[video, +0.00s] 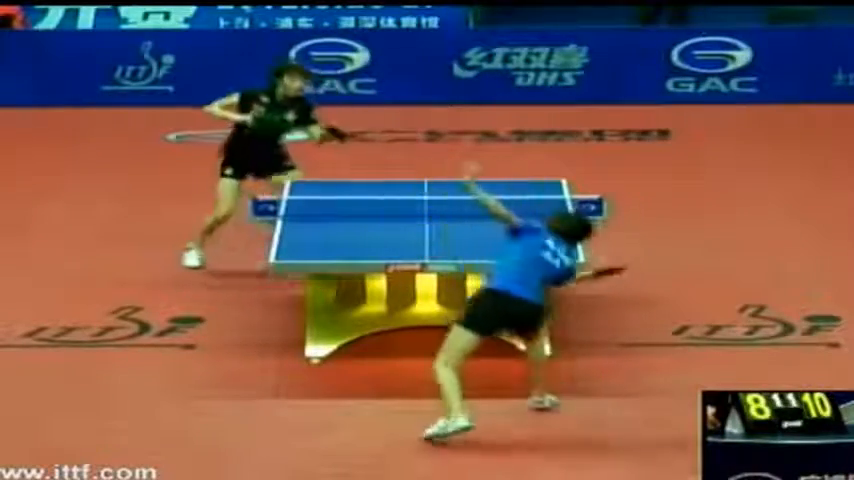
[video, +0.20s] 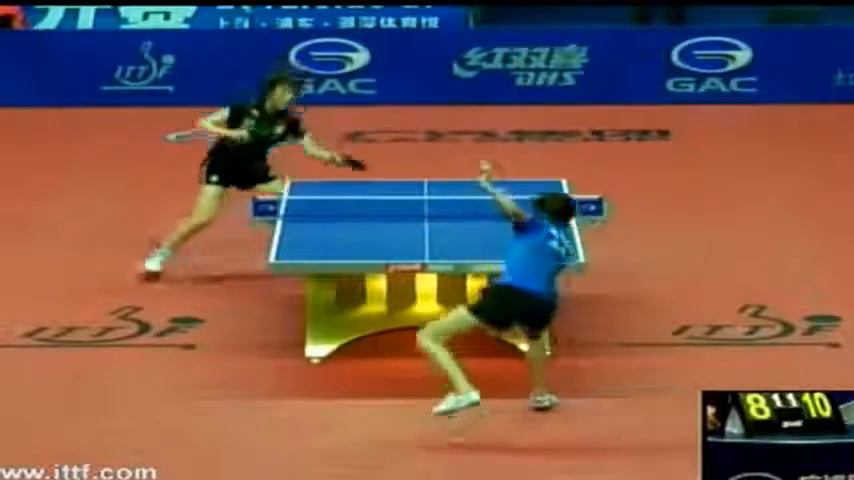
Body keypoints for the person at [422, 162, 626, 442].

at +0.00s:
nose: (553, 217)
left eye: (557, 216)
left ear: (555, 222)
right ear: (574, 238)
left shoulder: (531, 229)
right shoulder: (565, 261)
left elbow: (498, 211)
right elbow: (561, 281)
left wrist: (472, 186)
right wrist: (593, 275)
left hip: (496, 296)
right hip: (530, 308)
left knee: (445, 362)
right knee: (537, 339)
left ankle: (456, 416)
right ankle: (539, 393)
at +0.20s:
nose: (534, 208)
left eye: (537, 206)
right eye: (535, 206)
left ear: (542, 210)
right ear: (565, 218)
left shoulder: (532, 223)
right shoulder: (563, 246)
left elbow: (513, 212)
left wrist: (489, 187)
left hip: (508, 294)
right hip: (541, 304)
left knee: (428, 336)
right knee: (537, 336)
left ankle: (463, 391)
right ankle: (539, 393)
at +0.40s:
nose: (502, 191)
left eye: (505, 187)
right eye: (503, 188)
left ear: (511, 188)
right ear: (539, 189)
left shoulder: (509, 205)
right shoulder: (552, 219)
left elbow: (479, 223)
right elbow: (547, 256)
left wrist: (447, 209)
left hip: (506, 287)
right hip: (542, 293)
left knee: (436, 338)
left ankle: (438, 405)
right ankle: (543, 400)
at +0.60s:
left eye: (481, 207)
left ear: (481, 210)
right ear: (513, 210)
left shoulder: (473, 234)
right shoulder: (529, 236)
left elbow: (440, 266)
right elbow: (553, 276)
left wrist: (428, 257)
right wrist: (533, 270)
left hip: (488, 311)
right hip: (528, 311)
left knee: (450, 370)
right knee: (542, 357)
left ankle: (448, 437)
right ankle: (555, 411)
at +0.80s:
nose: (475, 203)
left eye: (477, 199)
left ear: (483, 200)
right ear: (517, 200)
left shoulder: (474, 221)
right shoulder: (531, 225)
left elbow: (439, 255)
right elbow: (554, 265)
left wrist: (430, 261)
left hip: (478, 300)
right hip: (523, 302)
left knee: (445, 366)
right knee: (551, 363)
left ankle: (433, 435)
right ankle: (584, 428)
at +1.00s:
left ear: (499, 231)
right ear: (535, 234)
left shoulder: (477, 256)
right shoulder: (538, 262)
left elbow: (446, 293)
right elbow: (564, 293)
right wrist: (559, 266)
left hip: (469, 342)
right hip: (515, 345)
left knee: (427, 393)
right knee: (567, 391)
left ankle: (403, 459)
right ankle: (599, 460)